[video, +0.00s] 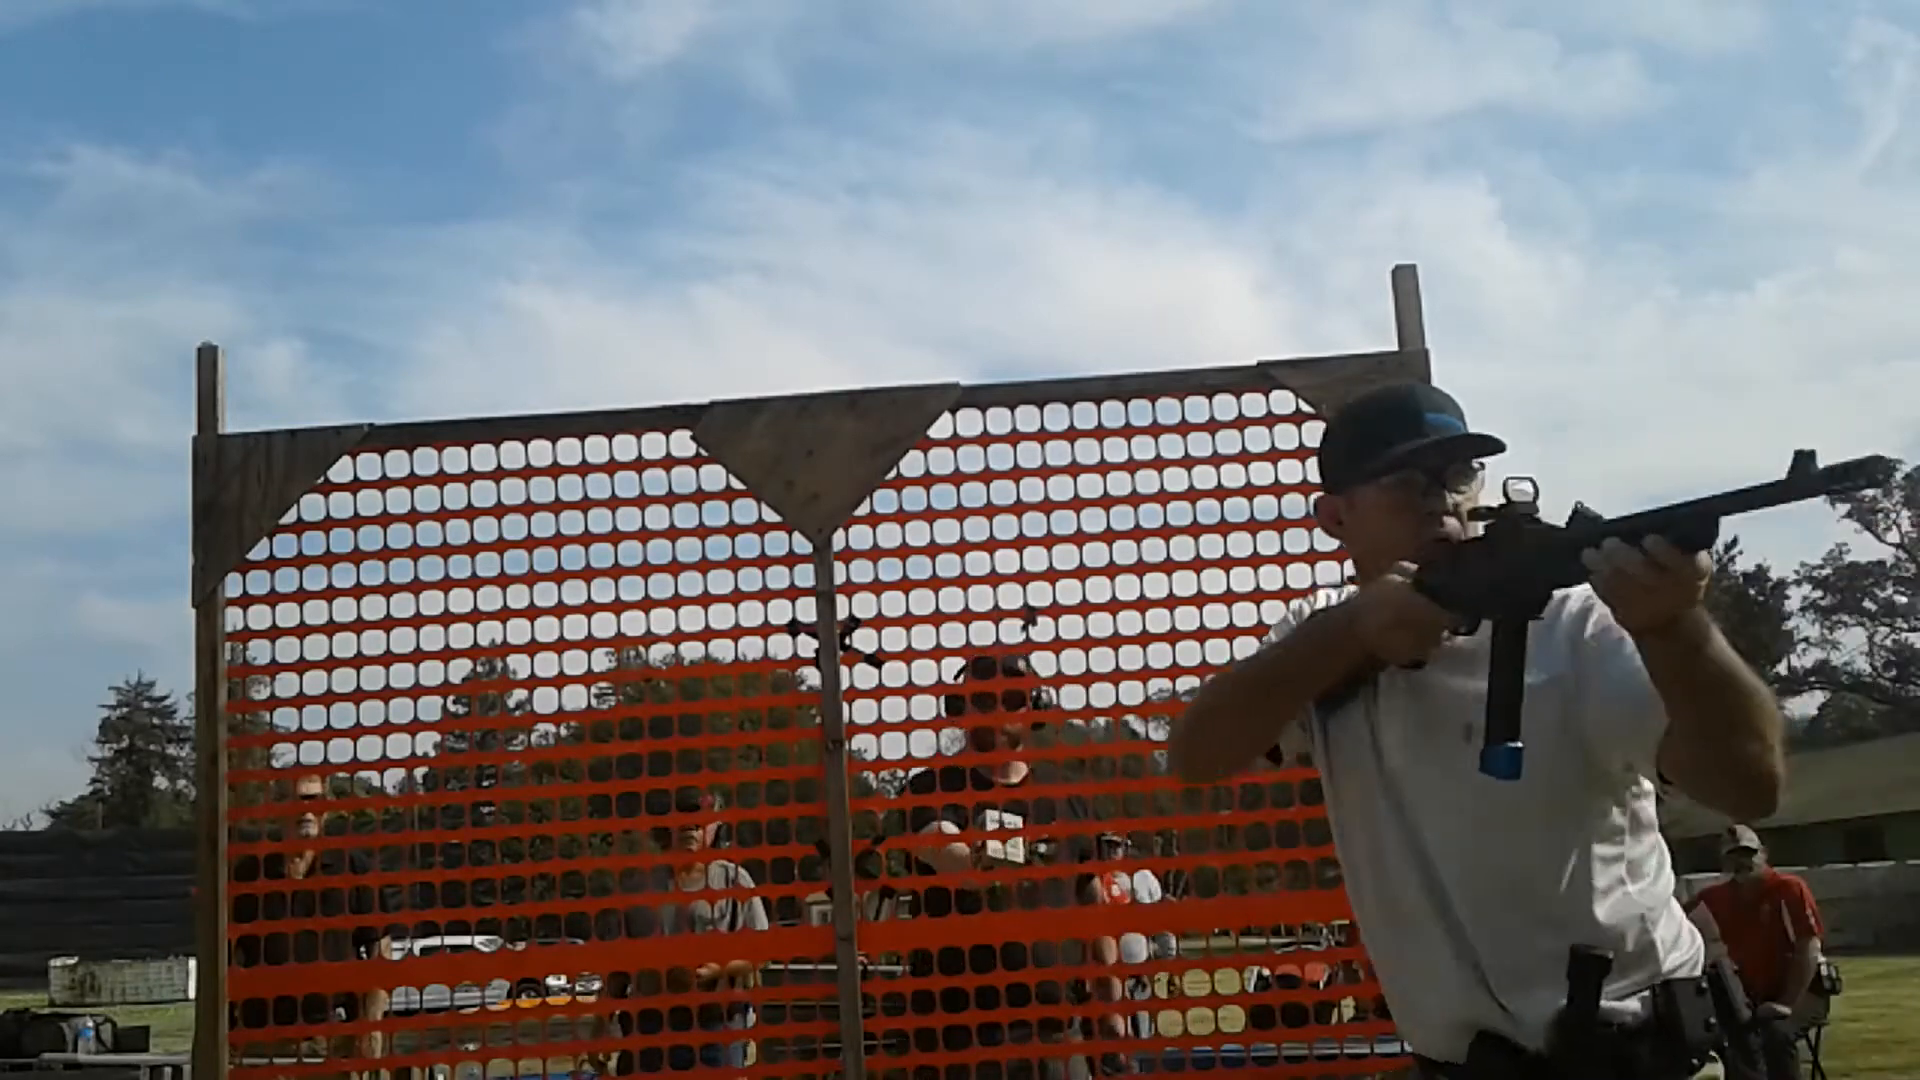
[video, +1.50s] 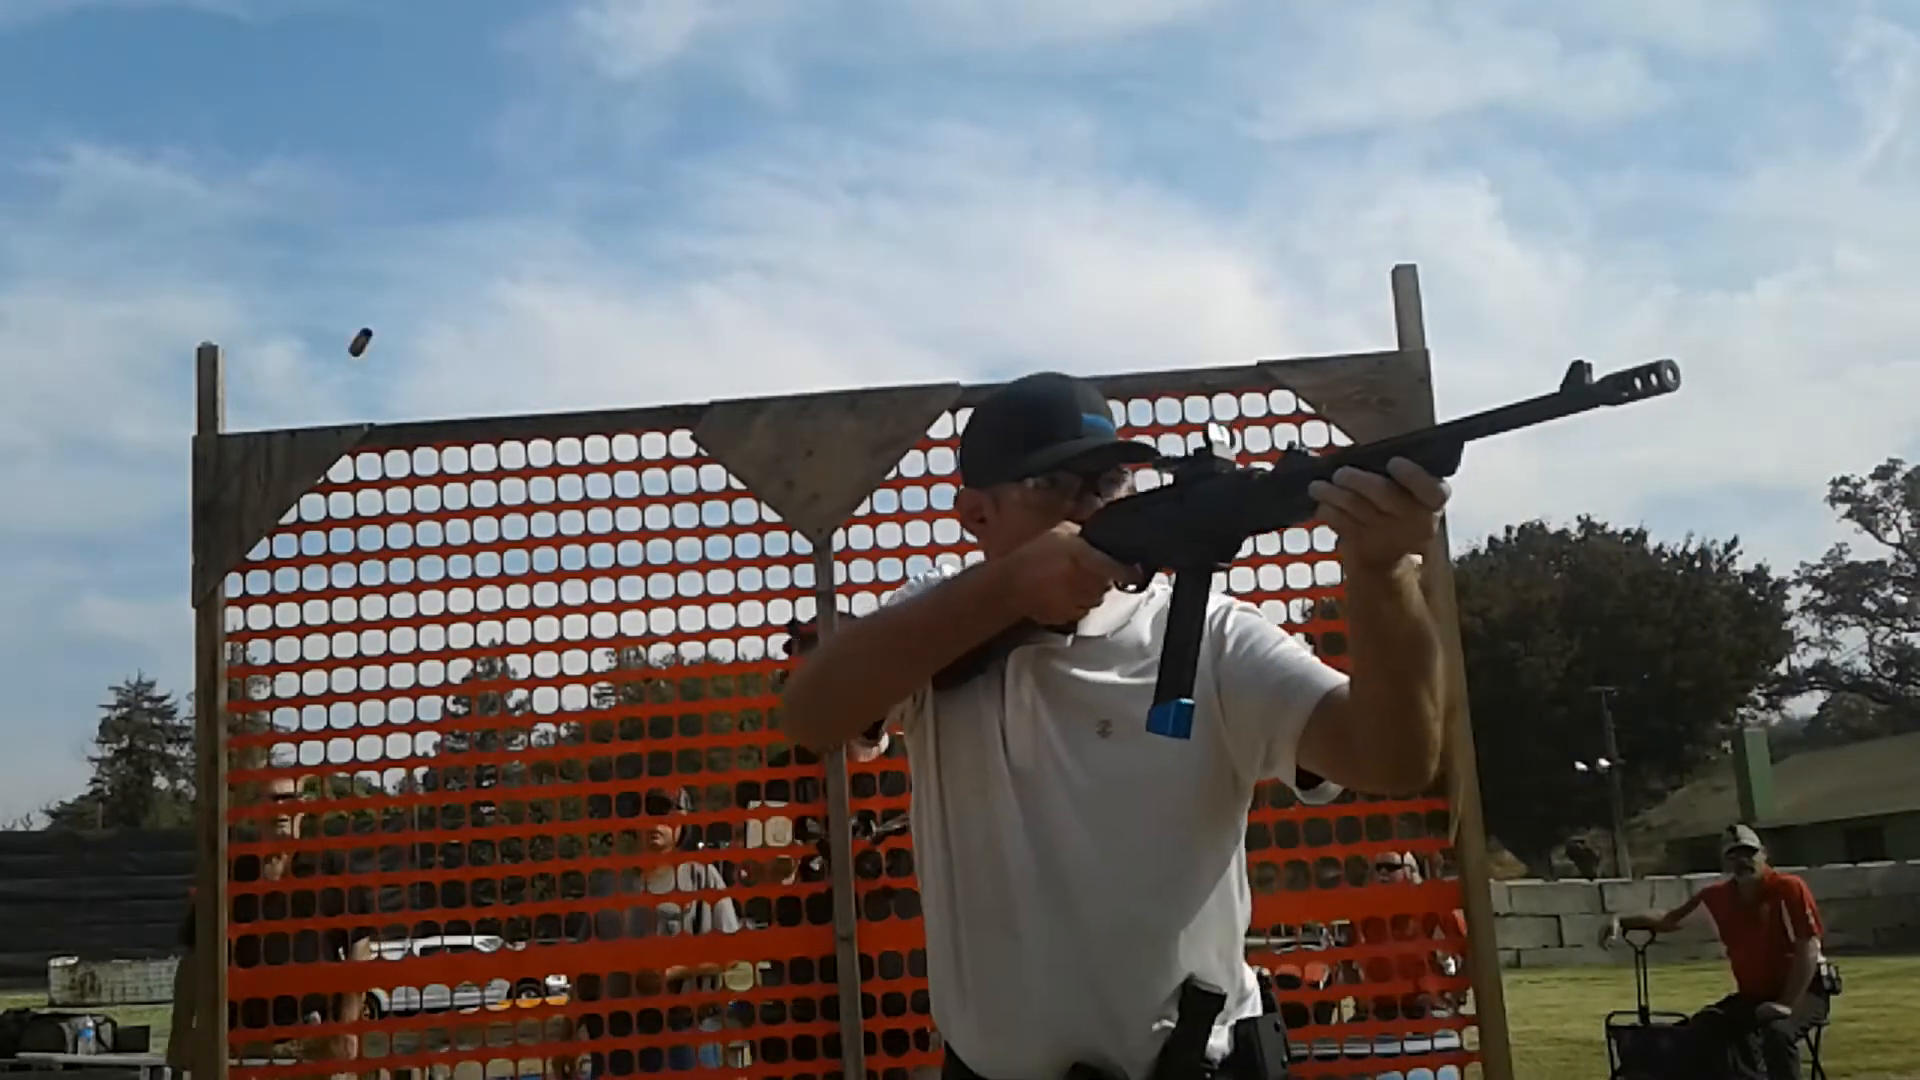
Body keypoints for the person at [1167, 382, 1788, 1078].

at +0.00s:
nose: (1448, 507)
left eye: (1460, 476)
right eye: (1409, 482)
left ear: (1483, 491)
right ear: (1337, 519)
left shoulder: (1570, 620)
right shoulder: (1327, 649)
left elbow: (1752, 788)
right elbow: (1193, 755)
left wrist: (1677, 630)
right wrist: (1346, 634)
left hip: (1648, 1036)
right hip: (1466, 1058)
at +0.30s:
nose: (1285, 507)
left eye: (1294, 481)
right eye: (1249, 485)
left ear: (1318, 489)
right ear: (1172, 519)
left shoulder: (1412, 628)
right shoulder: (1144, 636)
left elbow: (1608, 756)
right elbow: (1027, 730)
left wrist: (1579, 584)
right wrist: (1211, 600)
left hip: (1422, 1050)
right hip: (1228, 1059)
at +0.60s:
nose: (1180, 509)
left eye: (1192, 481)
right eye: (1146, 486)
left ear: (1216, 488)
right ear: (1066, 514)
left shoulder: (1297, 631)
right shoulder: (1028, 626)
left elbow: (1488, 756)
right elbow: (906, 726)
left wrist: (1465, 580)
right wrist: (1101, 594)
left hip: (1304, 1057)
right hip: (1103, 1065)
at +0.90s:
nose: (1124, 502)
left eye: (1137, 474)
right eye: (1090, 480)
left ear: (1160, 480)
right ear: (1004, 507)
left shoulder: (1235, 621)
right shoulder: (962, 620)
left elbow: (1422, 759)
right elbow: (834, 713)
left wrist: (1409, 576)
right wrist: (1033, 586)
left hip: (1239, 1052)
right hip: (1037, 1061)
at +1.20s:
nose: (1114, 496)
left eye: (1125, 468)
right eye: (1082, 474)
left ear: (1146, 475)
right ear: (995, 499)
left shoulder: (1224, 621)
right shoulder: (951, 635)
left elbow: (1406, 752)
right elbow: (820, 700)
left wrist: (1390, 569)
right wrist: (1024, 575)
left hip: (1220, 1055)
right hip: (1020, 1062)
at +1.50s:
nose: (1103, 506)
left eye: (1115, 480)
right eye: (1070, 485)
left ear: (1138, 485)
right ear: (981, 511)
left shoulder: (1206, 633)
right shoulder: (934, 638)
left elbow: (1395, 760)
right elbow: (810, 714)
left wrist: (1381, 581)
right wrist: (1009, 587)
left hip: (1198, 1055)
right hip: (994, 1060)